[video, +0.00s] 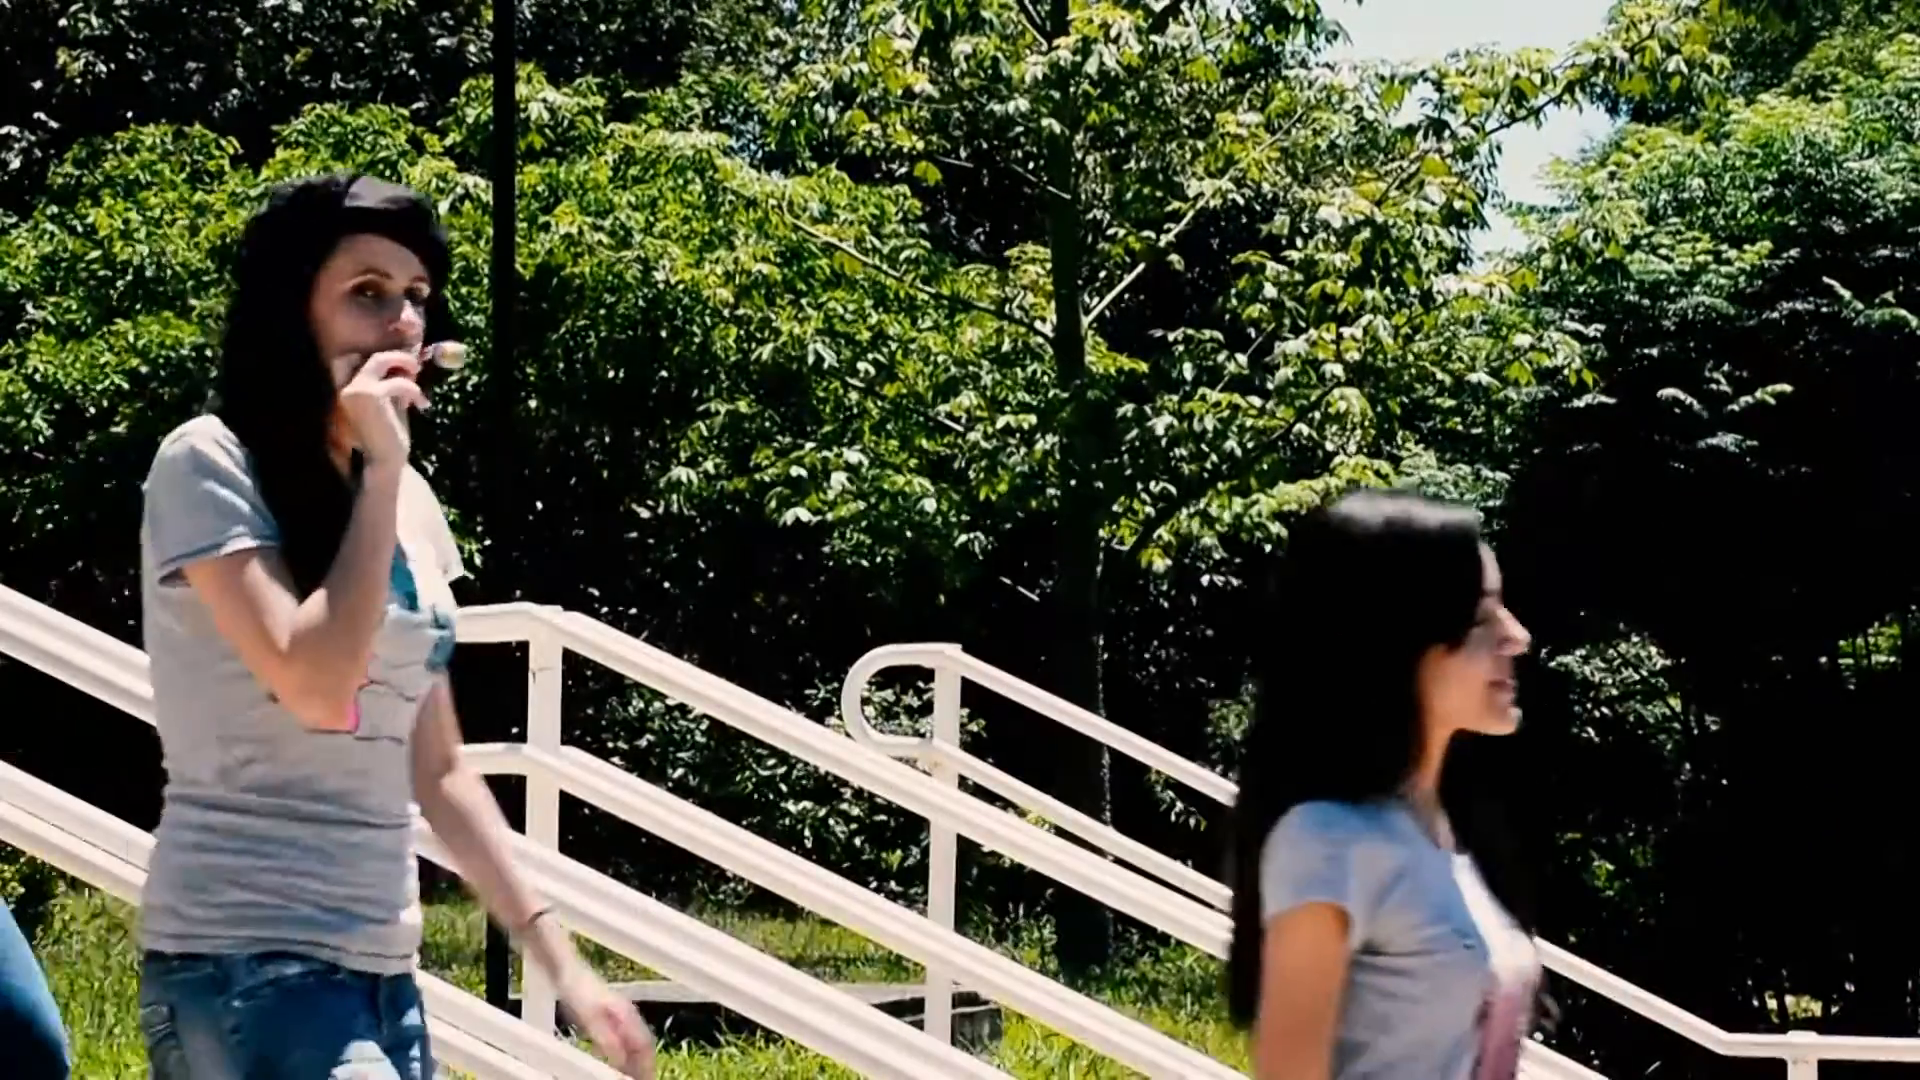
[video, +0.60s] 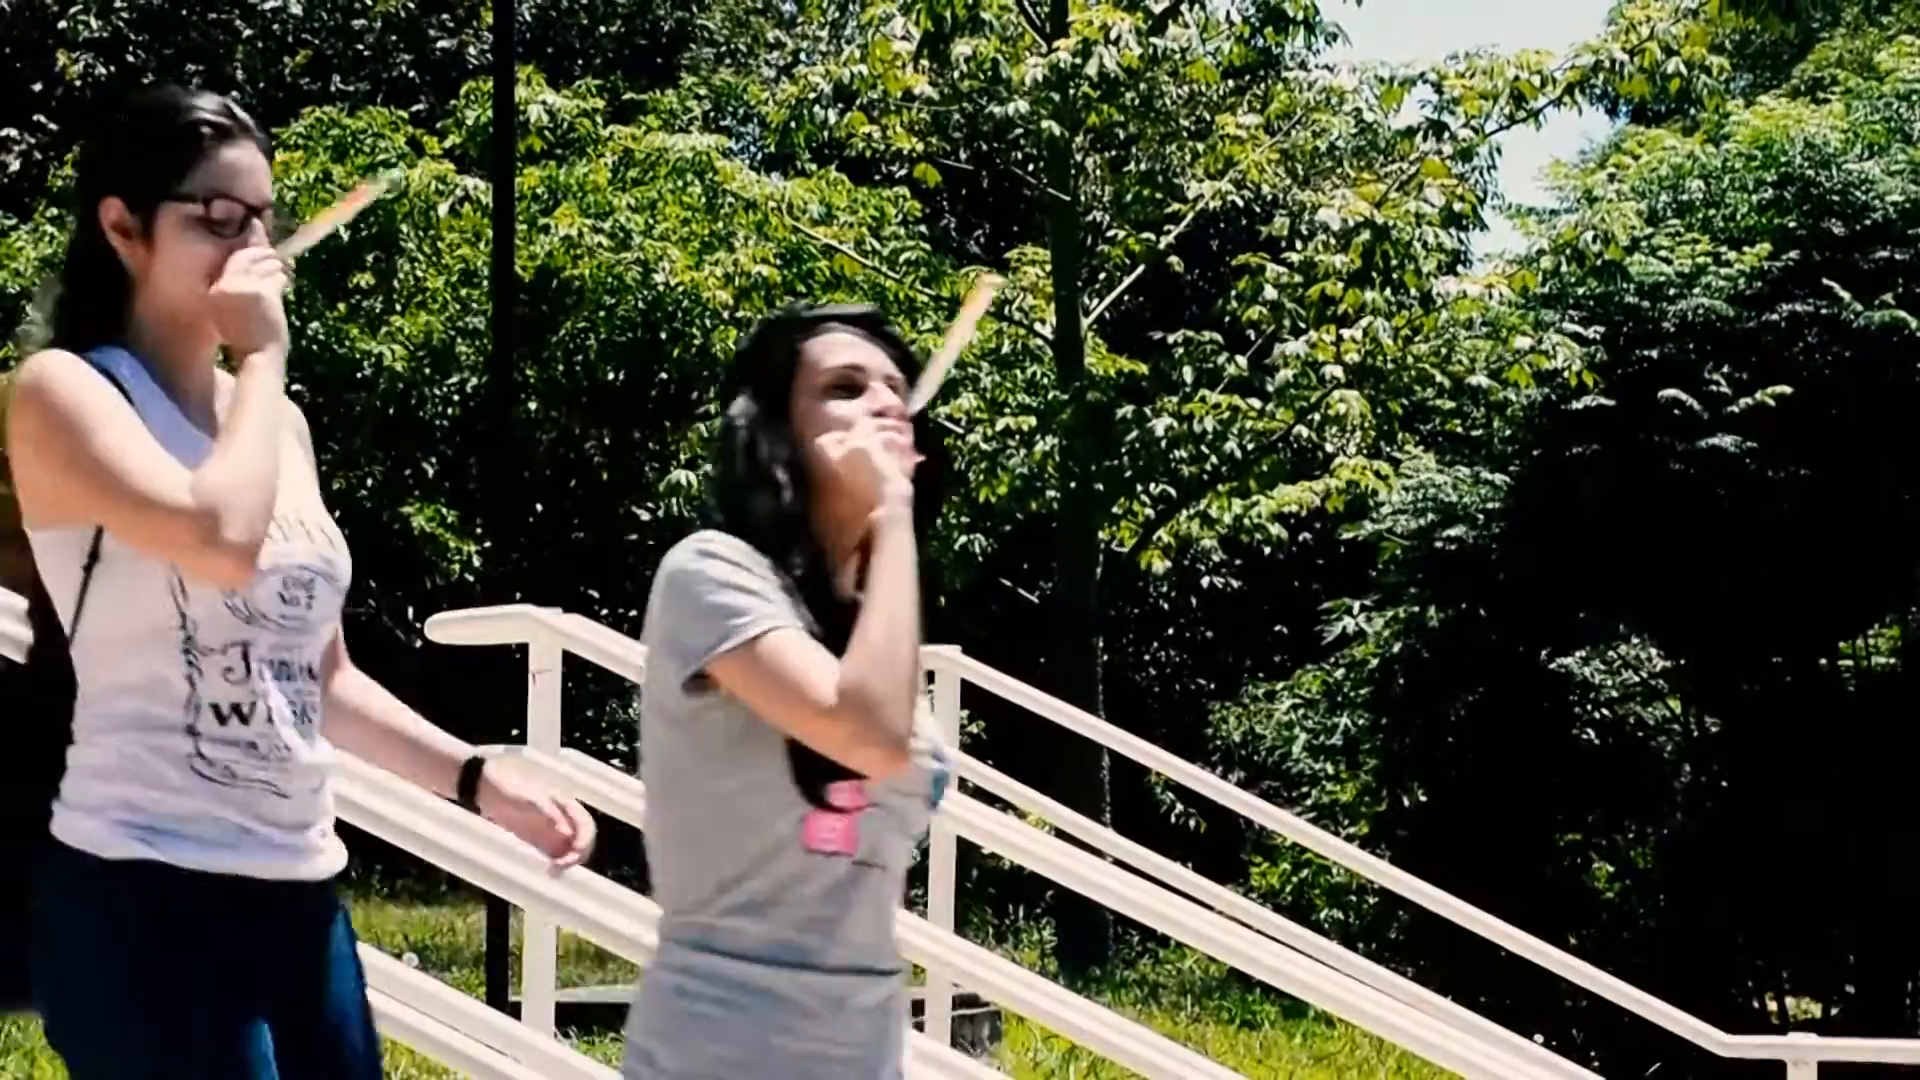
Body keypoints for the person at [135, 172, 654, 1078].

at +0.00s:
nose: (405, 323)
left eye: (418, 297)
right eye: (367, 293)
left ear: (433, 315)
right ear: (289, 311)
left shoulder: (411, 502)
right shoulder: (205, 461)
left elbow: (441, 770)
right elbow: (317, 686)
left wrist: (568, 970)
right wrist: (383, 469)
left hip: (382, 971)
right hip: (248, 967)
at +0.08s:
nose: (449, 322)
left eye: (459, 298)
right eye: (409, 297)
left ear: (477, 321)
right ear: (336, 324)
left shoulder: (466, 508)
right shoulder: (263, 476)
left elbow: (543, 763)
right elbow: (388, 697)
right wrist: (434, 474)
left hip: (438, 988)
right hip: (307, 982)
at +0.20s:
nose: (524, 362)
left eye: (532, 339)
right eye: (480, 342)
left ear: (549, 366)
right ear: (406, 377)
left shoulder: (544, 561)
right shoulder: (340, 533)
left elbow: (657, 796)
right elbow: (490, 727)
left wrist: (832, 906)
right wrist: (515, 502)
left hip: (538, 1033)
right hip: (400, 1033)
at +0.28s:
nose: (579, 402)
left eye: (589, 382)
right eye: (538, 384)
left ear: (609, 413)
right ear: (467, 422)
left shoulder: (612, 613)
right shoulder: (407, 579)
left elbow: (723, 860)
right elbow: (553, 769)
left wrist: (909, 996)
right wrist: (575, 549)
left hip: (608, 1045)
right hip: (455, 1045)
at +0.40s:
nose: (678, 437)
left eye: (690, 418)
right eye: (637, 423)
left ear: (712, 448)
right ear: (569, 463)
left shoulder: (716, 662)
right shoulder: (511, 606)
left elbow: (781, 934)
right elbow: (654, 792)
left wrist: (866, 1066)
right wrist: (681, 571)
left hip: (691, 1055)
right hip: (535, 1050)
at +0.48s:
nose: (761, 423)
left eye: (773, 406)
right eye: (721, 408)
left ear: (794, 448)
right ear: (655, 454)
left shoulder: (795, 663)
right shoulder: (590, 591)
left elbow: (808, 949)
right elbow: (740, 774)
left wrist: (832, 1070)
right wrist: (768, 547)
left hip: (759, 1054)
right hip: (603, 1049)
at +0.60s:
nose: (890, 403)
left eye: (898, 389)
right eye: (847, 386)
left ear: (914, 429)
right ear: (771, 432)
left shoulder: (872, 616)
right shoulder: (705, 571)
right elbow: (875, 734)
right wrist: (893, 513)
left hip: (866, 1045)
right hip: (723, 1039)